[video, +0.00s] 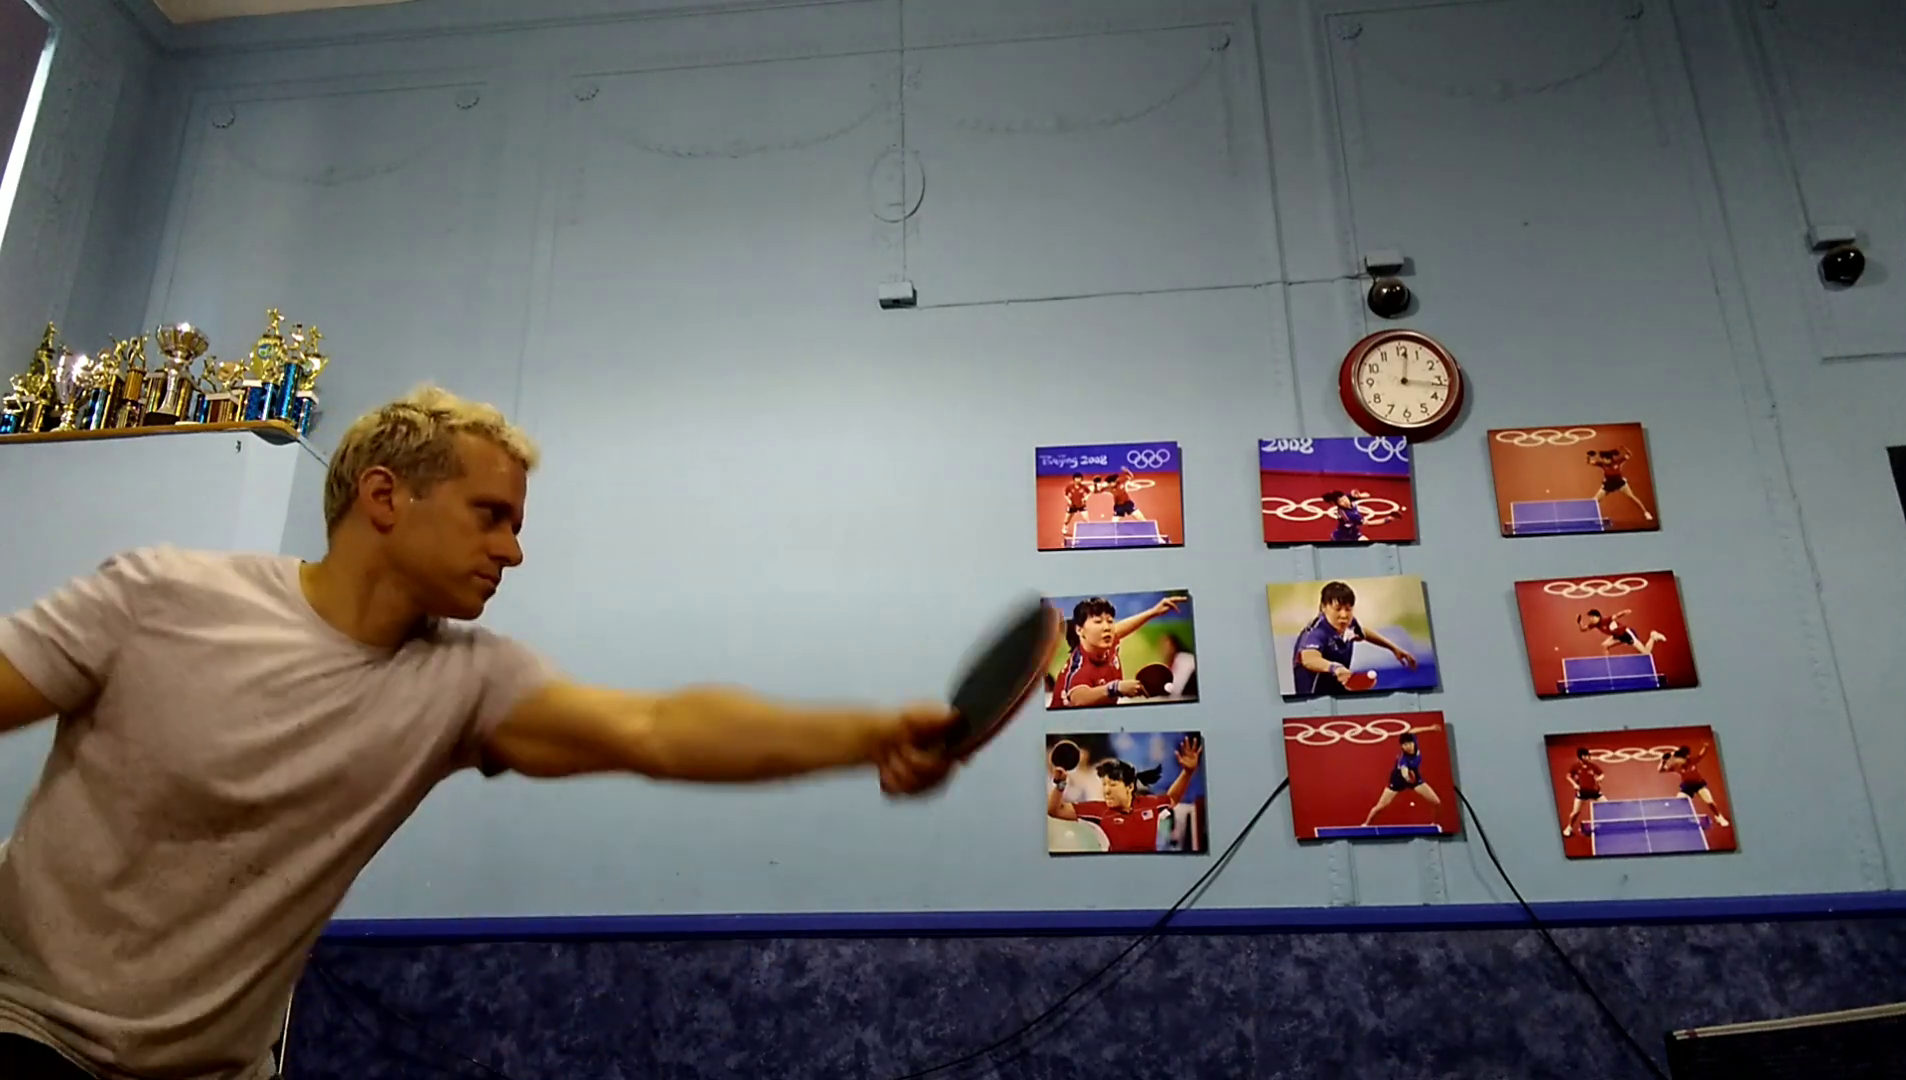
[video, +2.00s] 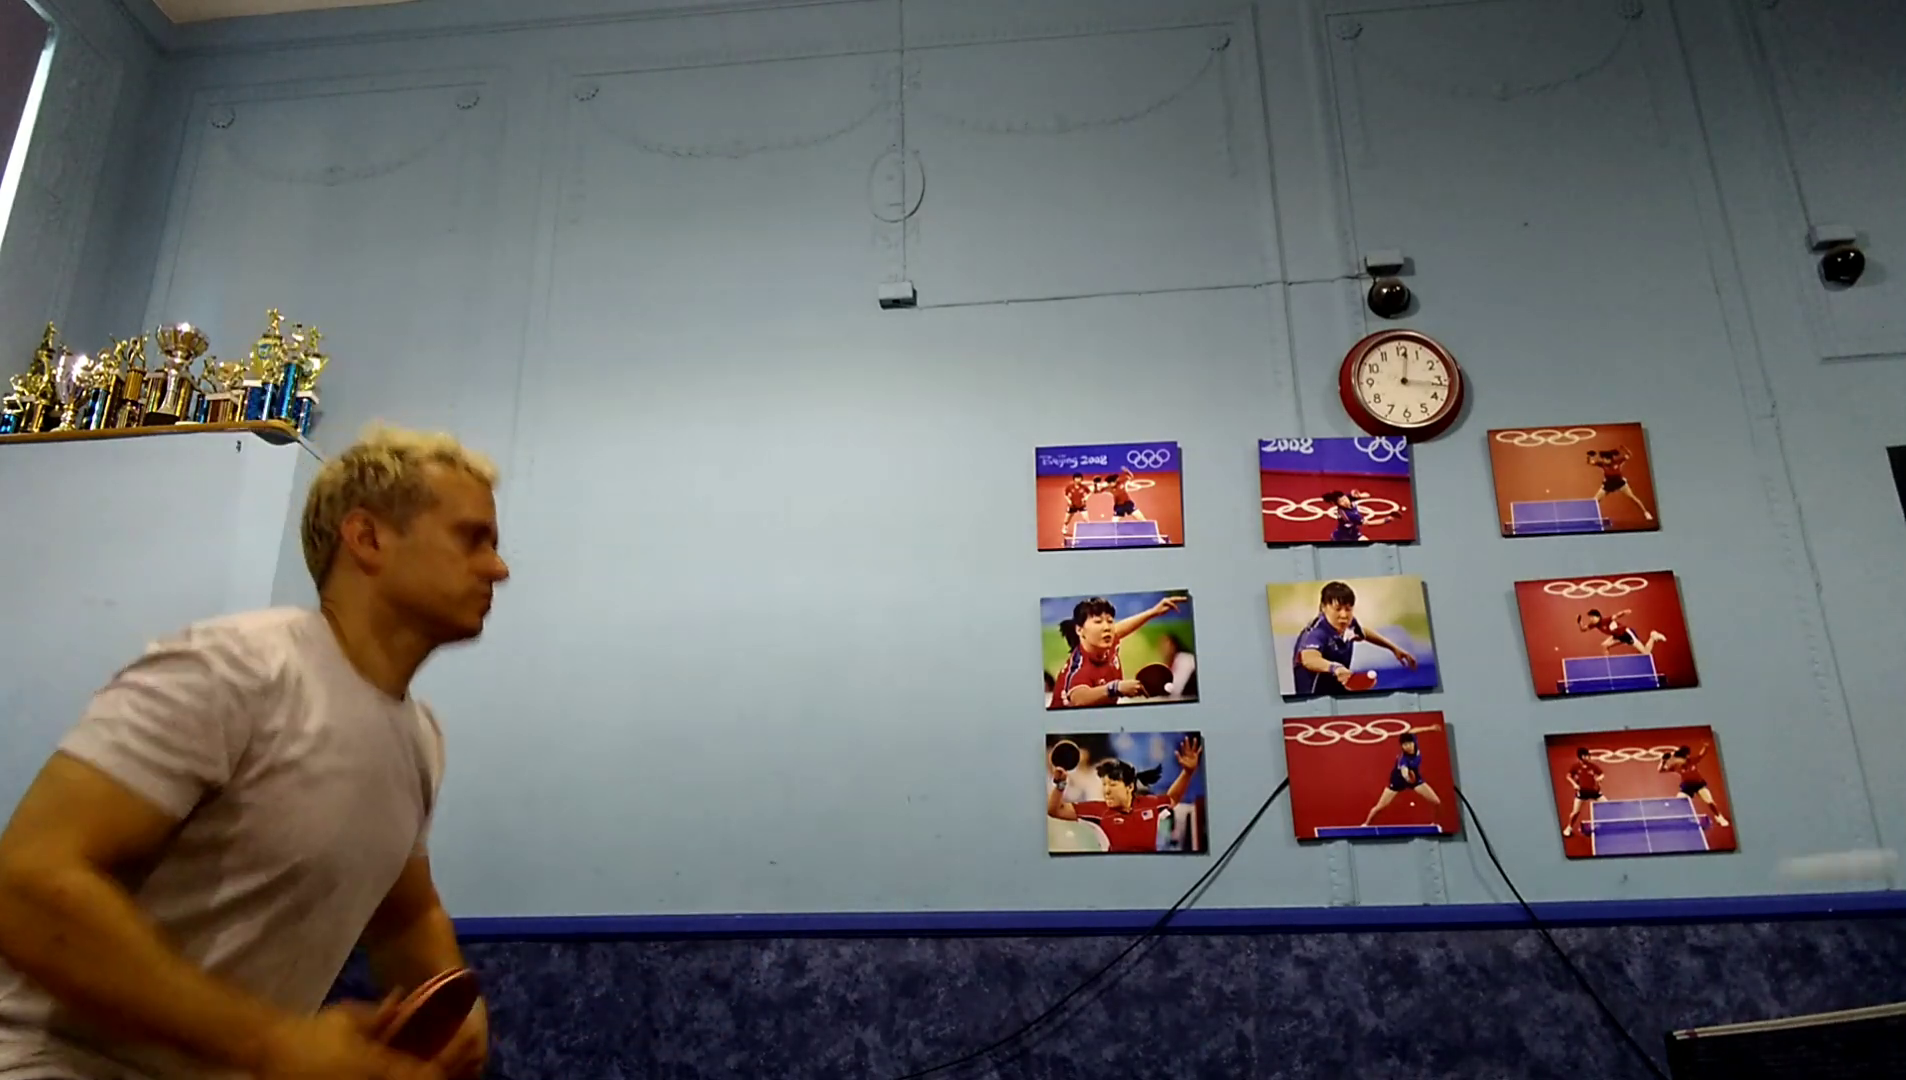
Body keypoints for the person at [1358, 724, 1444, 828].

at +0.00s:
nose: (1408, 747)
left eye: (1409, 744)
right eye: (1405, 745)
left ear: (1413, 743)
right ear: (1402, 746)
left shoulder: (1416, 747)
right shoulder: (1403, 759)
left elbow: (1414, 731)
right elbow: (1404, 771)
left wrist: (1431, 728)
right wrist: (1409, 778)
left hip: (1415, 779)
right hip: (1398, 781)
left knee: (1436, 802)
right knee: (1381, 805)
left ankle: (1434, 823)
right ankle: (1366, 823)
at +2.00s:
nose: (1408, 747)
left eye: (1409, 744)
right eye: (1405, 745)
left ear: (1413, 743)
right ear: (1402, 746)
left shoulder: (1416, 747)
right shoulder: (1403, 758)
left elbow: (1413, 731)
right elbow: (1404, 771)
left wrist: (1431, 728)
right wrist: (1409, 779)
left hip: (1415, 780)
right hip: (1398, 781)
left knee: (1436, 801)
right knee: (1380, 806)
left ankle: (1434, 823)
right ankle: (1366, 823)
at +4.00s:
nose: (1408, 747)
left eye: (1409, 744)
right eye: (1405, 745)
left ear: (1414, 743)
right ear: (1402, 746)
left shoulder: (1416, 748)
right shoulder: (1403, 758)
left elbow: (1414, 731)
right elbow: (1404, 771)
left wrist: (1431, 728)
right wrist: (1409, 779)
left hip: (1414, 779)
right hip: (1398, 781)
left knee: (1436, 802)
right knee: (1380, 806)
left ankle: (1435, 823)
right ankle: (1366, 823)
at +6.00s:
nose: (1408, 747)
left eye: (1409, 744)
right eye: (1405, 745)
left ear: (1414, 743)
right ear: (1402, 746)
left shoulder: (1416, 748)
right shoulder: (1403, 758)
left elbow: (1413, 731)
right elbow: (1404, 771)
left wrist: (1431, 728)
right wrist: (1409, 778)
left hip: (1415, 779)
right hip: (1398, 781)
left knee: (1436, 801)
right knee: (1381, 806)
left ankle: (1435, 823)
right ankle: (1366, 823)